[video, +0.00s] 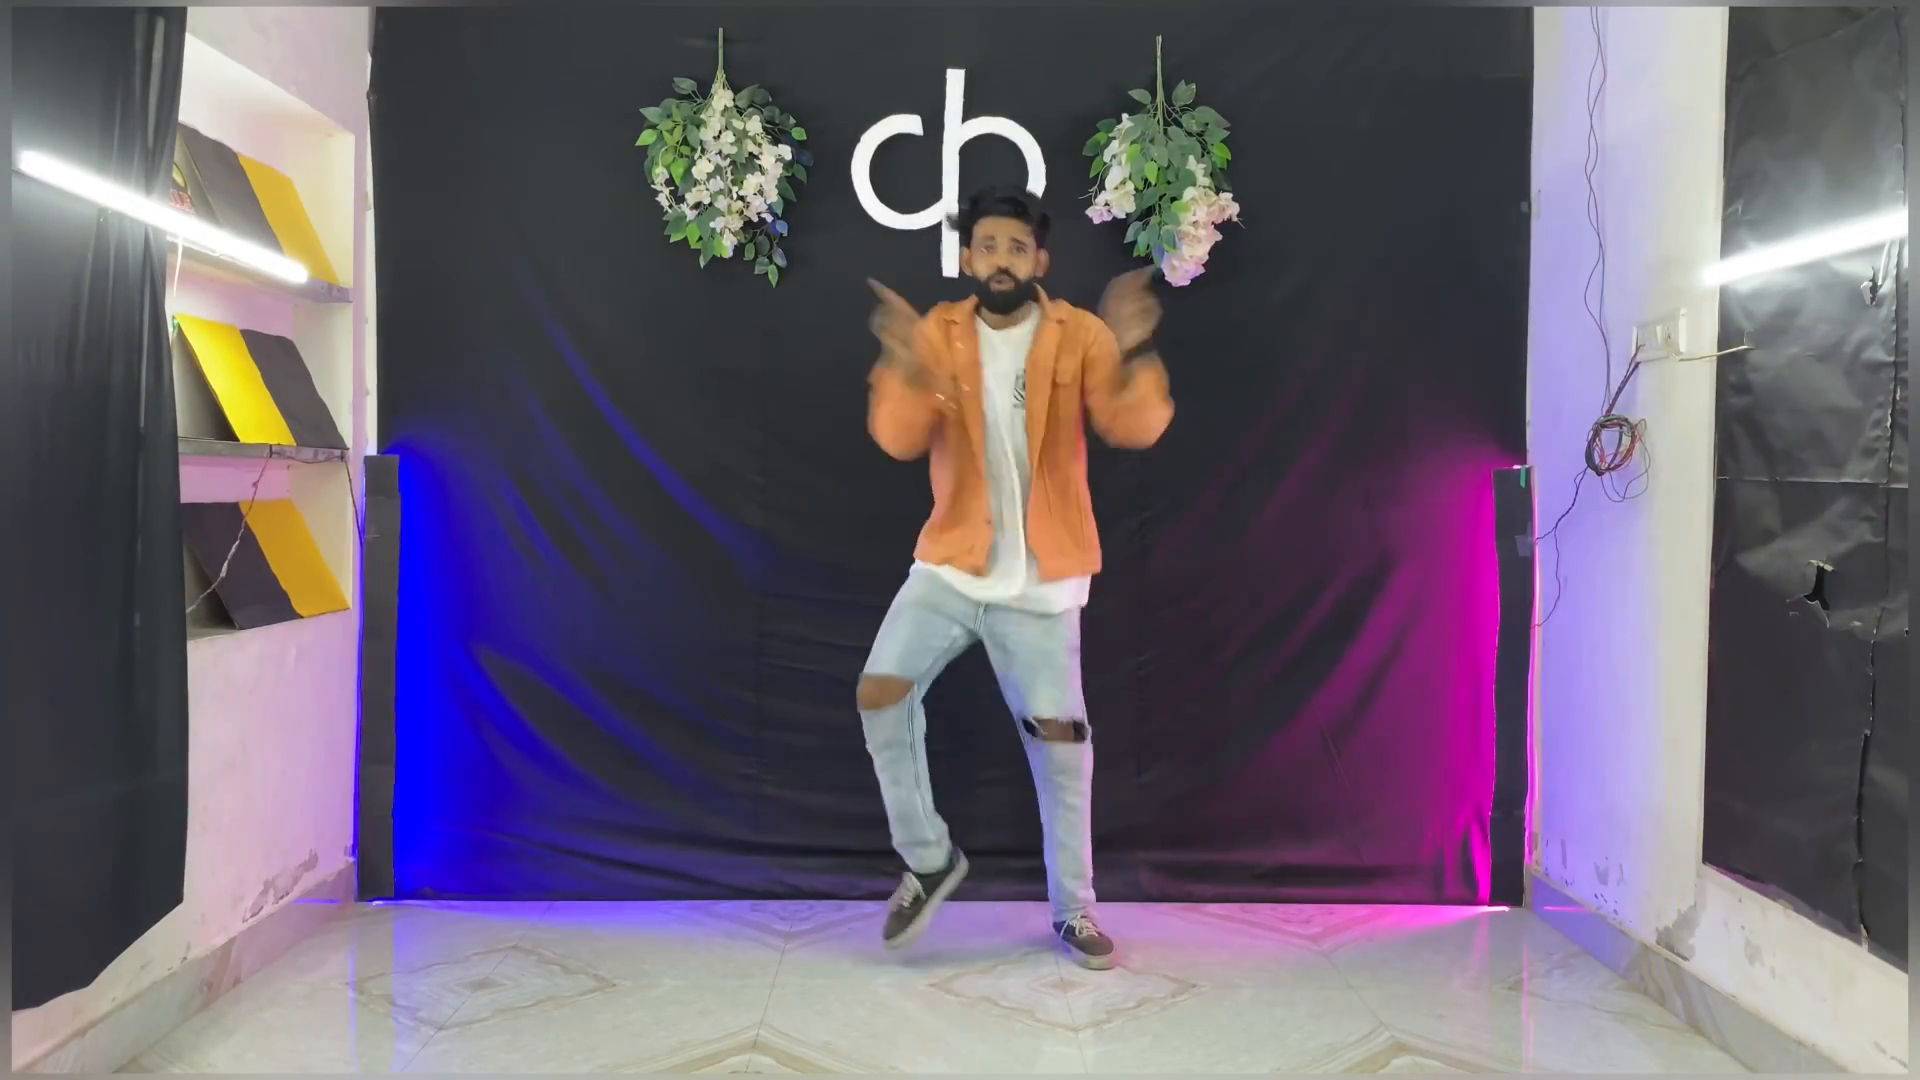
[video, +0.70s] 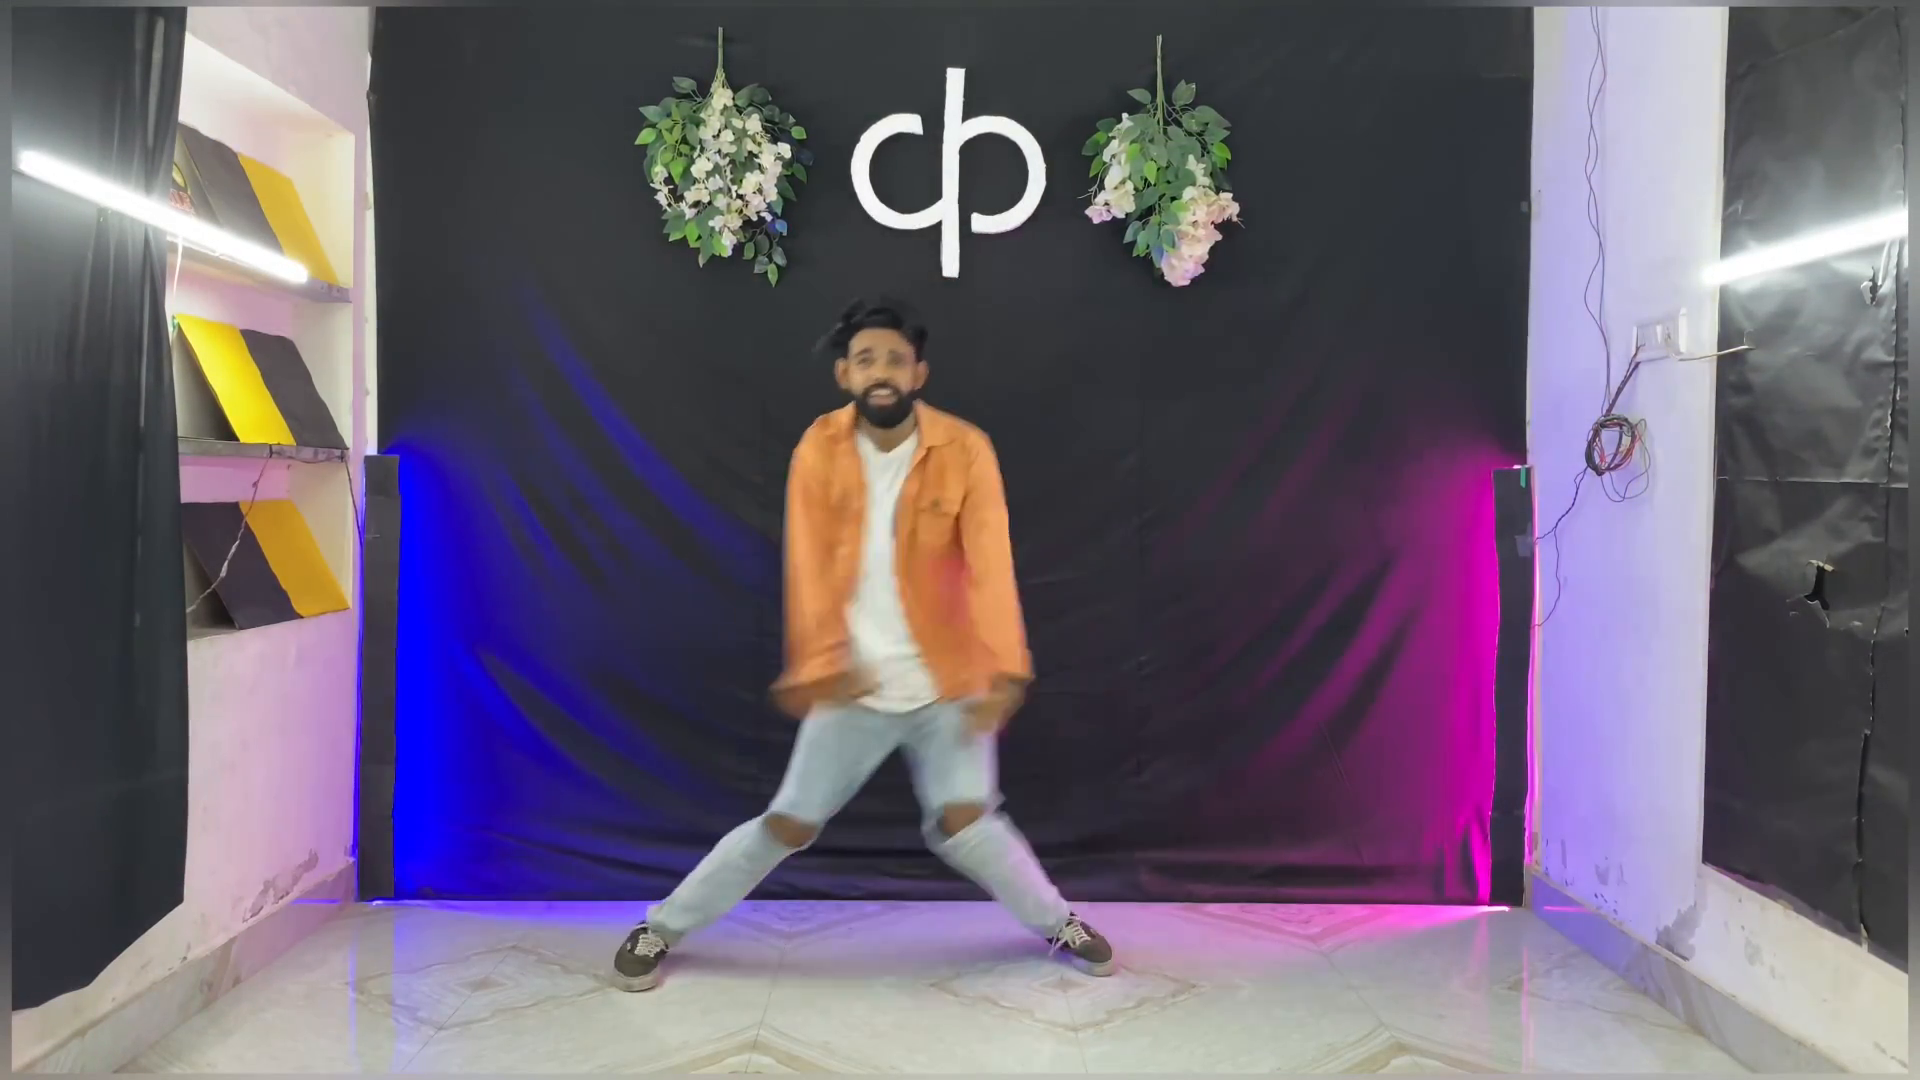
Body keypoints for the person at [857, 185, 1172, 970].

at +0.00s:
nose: (998, 258)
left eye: (1013, 245)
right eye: (985, 244)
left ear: (1041, 255)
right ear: (966, 254)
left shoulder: (1081, 334)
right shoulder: (941, 328)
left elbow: (1135, 426)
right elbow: (899, 437)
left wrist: (1136, 350)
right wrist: (903, 358)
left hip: (1044, 567)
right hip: (953, 556)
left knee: (1058, 733)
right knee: (882, 692)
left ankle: (1075, 909)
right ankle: (928, 861)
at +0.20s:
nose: (957, 258)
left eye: (973, 245)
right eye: (942, 245)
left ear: (997, 256)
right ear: (921, 256)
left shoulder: (1033, 330)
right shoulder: (898, 330)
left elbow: (1103, 408)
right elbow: (856, 422)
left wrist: (1131, 343)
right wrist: (830, 351)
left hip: (1012, 582)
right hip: (915, 578)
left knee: (1044, 740)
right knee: (869, 729)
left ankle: (1072, 907)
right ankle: (931, 885)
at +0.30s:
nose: (923, 264)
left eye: (939, 251)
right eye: (910, 251)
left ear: (969, 264)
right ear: (891, 266)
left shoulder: (1014, 335)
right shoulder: (872, 332)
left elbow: (1109, 373)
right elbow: (796, 392)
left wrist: (1158, 297)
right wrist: (750, 309)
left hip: (986, 588)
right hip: (884, 577)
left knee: (1027, 741)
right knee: (799, 709)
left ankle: (1071, 905)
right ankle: (829, 882)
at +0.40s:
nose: (890, 298)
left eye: (907, 286)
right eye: (876, 287)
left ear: (935, 299)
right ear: (857, 300)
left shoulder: (988, 361)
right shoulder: (821, 362)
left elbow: (1096, 339)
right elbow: (706, 360)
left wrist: (1200, 309)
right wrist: (611, 324)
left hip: (947, 612)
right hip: (845, 601)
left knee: (979, 766)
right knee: (760, 746)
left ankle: (1066, 904)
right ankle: (676, 915)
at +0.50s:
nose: (855, 356)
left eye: (871, 343)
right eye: (841, 344)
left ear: (901, 352)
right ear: (823, 358)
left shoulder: (950, 426)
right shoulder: (791, 427)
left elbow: (1051, 449)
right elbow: (685, 472)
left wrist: (1149, 470)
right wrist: (580, 484)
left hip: (902, 679)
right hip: (804, 667)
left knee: (912, 856)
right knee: (734, 808)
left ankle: (1054, 914)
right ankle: (648, 926)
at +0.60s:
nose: (852, 384)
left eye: (866, 371)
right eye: (836, 371)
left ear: (892, 385)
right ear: (815, 388)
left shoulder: (940, 468)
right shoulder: (788, 465)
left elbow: (1008, 555)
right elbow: (729, 563)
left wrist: (1082, 632)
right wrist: (655, 641)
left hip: (902, 697)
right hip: (805, 688)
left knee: (907, 866)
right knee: (750, 831)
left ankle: (1052, 918)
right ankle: (648, 934)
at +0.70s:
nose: (882, 372)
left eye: (896, 358)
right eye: (866, 359)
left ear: (920, 370)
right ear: (842, 374)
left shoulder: (963, 449)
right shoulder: (818, 452)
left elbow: (991, 559)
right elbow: (805, 559)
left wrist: (1007, 664)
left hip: (948, 679)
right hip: (854, 684)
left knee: (965, 825)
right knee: (789, 825)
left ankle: (1060, 924)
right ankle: (661, 928)